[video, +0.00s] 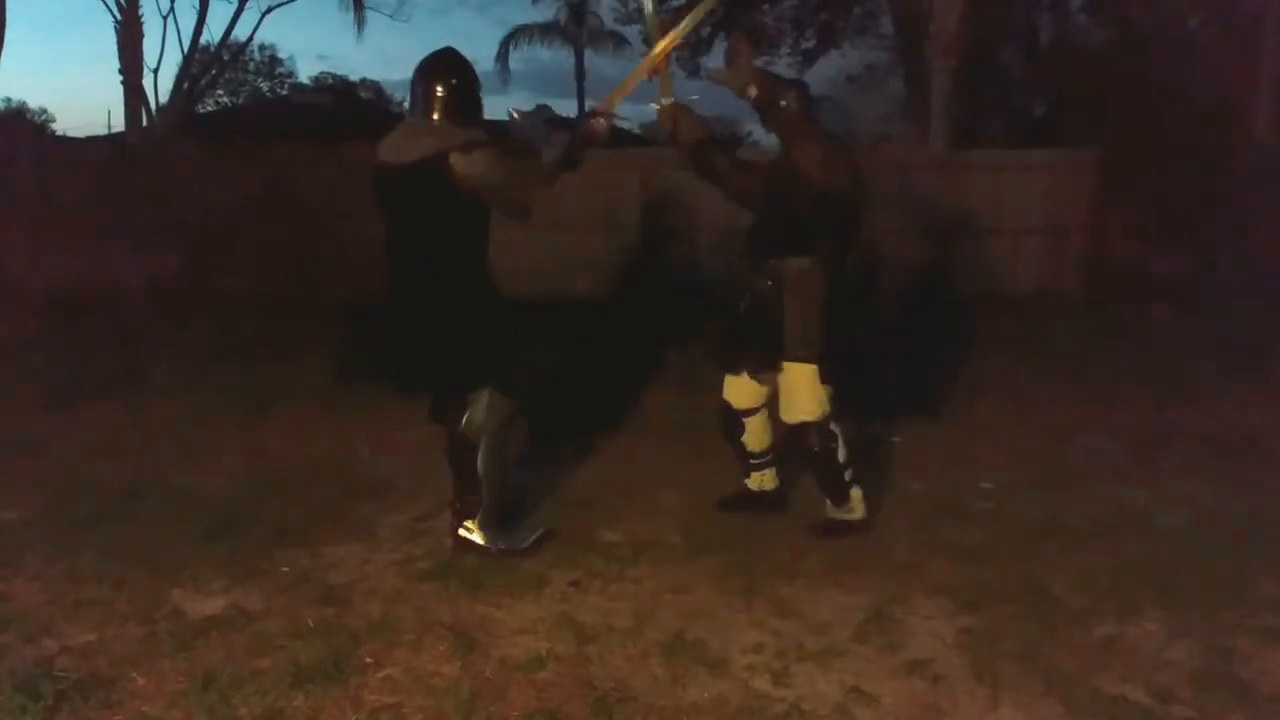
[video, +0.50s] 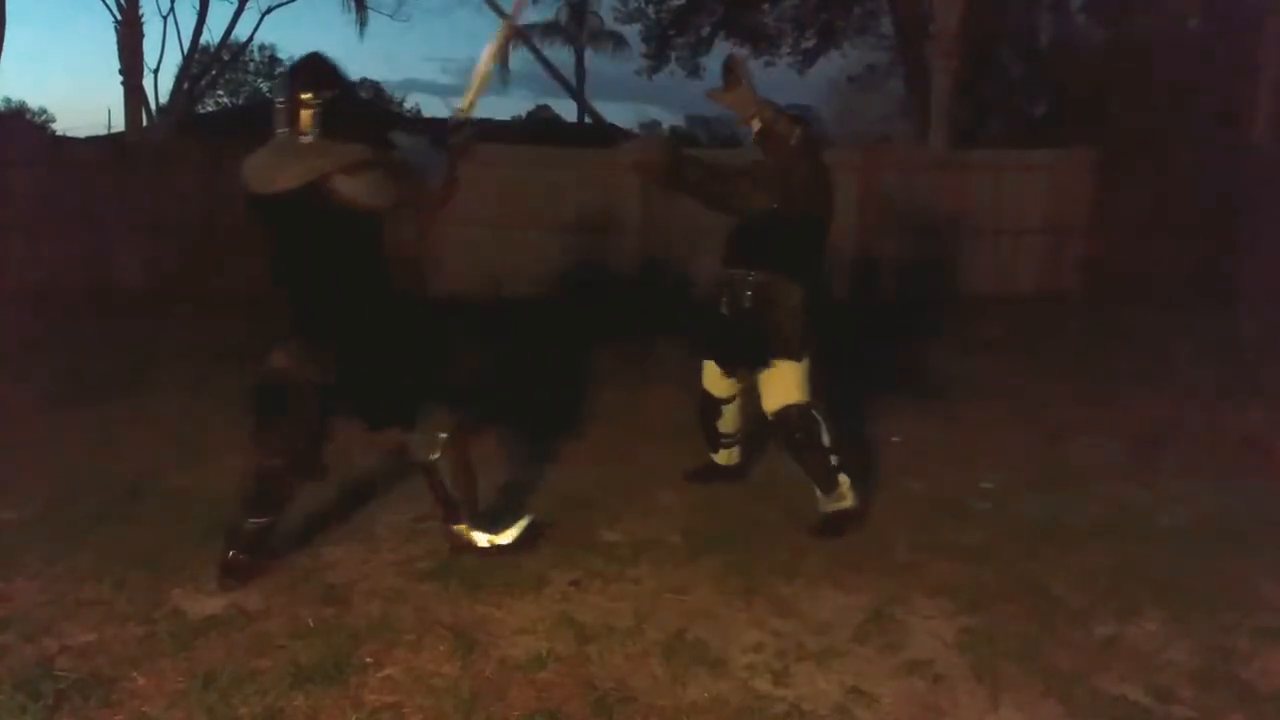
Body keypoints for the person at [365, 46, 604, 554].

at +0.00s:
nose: (475, 100)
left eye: (469, 91)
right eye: (472, 92)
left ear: (417, 94)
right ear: (465, 94)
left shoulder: (389, 153)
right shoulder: (468, 153)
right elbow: (524, 194)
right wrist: (576, 147)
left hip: (413, 297)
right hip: (464, 298)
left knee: (453, 403)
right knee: (501, 387)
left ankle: (465, 512)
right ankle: (486, 520)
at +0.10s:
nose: (465, 98)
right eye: (462, 89)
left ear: (406, 92)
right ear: (459, 93)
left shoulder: (377, 150)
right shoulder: (463, 152)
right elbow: (519, 200)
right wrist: (553, 142)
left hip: (403, 294)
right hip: (459, 297)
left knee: (445, 403)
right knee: (496, 384)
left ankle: (467, 510)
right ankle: (481, 516)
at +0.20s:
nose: (437, 97)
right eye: (440, 87)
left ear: (389, 91)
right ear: (444, 91)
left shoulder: (357, 147)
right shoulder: (452, 151)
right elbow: (511, 201)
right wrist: (528, 134)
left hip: (380, 310)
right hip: (442, 314)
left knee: (434, 390)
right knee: (486, 389)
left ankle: (438, 493)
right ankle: (479, 514)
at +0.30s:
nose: (412, 99)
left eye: (399, 90)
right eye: (412, 89)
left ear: (359, 94)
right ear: (413, 94)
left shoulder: (328, 153)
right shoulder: (423, 153)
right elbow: (478, 200)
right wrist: (503, 138)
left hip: (358, 302)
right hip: (424, 303)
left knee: (379, 405)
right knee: (472, 399)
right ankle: (476, 520)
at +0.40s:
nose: (379, 101)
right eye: (378, 92)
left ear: (322, 99)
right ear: (379, 97)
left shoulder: (293, 164)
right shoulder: (390, 161)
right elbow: (444, 205)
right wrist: (473, 147)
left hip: (333, 320)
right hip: (397, 320)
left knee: (345, 425)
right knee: (454, 407)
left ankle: (301, 513)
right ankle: (474, 521)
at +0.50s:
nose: (348, 112)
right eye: (345, 103)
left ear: (287, 113)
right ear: (341, 109)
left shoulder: (260, 175)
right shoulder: (351, 174)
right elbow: (420, 197)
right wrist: (446, 154)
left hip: (298, 326)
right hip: (366, 323)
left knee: (283, 433)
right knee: (429, 408)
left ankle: (245, 543)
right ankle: (466, 522)